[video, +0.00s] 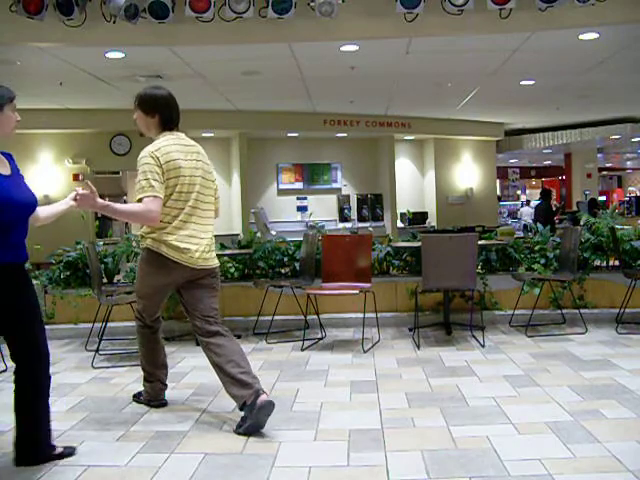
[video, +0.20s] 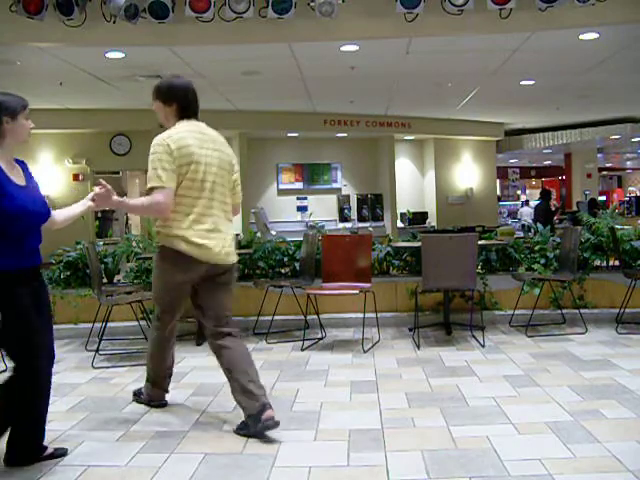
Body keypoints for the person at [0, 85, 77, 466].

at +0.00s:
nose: (18, 117)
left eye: (16, 110)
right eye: (13, 110)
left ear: (5, 116)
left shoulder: (8, 162)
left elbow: (32, 217)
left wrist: (72, 201)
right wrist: (70, 202)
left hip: (14, 274)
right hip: (3, 275)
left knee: (33, 358)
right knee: (31, 358)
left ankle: (34, 447)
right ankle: (32, 447)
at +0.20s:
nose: (31, 124)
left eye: (29, 117)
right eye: (26, 118)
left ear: (11, 124)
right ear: (6, 124)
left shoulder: (20, 167)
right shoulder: (1, 169)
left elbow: (50, 219)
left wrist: (90, 202)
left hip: (29, 278)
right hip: (6, 281)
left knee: (40, 360)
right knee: (30, 363)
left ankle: (26, 449)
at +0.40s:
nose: (47, 117)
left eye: (45, 111)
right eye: (42, 111)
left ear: (23, 117)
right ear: (23, 117)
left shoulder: (30, 157)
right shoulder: (8, 159)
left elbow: (62, 209)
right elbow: (2, 228)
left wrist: (106, 197)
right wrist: (38, 279)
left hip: (28, 274)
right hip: (18, 275)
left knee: (26, 361)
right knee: (70, 350)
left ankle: (22, 448)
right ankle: (73, 446)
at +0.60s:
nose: (68, 122)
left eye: (66, 116)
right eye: (62, 116)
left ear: (41, 124)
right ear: (43, 123)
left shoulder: (40, 164)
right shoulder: (32, 166)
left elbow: (86, 206)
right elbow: (34, 229)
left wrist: (133, 191)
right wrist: (88, 260)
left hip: (30, 273)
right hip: (38, 275)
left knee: (30, 361)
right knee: (79, 355)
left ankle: (20, 447)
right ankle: (122, 431)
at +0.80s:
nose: (93, 118)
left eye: (90, 112)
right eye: (87, 113)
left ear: (66, 122)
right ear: (67, 121)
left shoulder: (64, 159)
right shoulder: (63, 161)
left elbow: (99, 206)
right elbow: (70, 224)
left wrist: (151, 198)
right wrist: (124, 234)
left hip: (48, 266)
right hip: (65, 267)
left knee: (44, 354)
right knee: (97, 350)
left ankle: (21, 443)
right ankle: (120, 433)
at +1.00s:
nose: (117, 124)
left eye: (115, 118)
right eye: (110, 119)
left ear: (89, 127)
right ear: (90, 125)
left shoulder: (87, 162)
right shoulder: (87, 165)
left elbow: (127, 206)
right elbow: (99, 226)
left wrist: (177, 197)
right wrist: (153, 227)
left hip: (81, 265)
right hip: (97, 266)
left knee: (97, 348)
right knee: (127, 352)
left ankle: (45, 424)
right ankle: (123, 432)